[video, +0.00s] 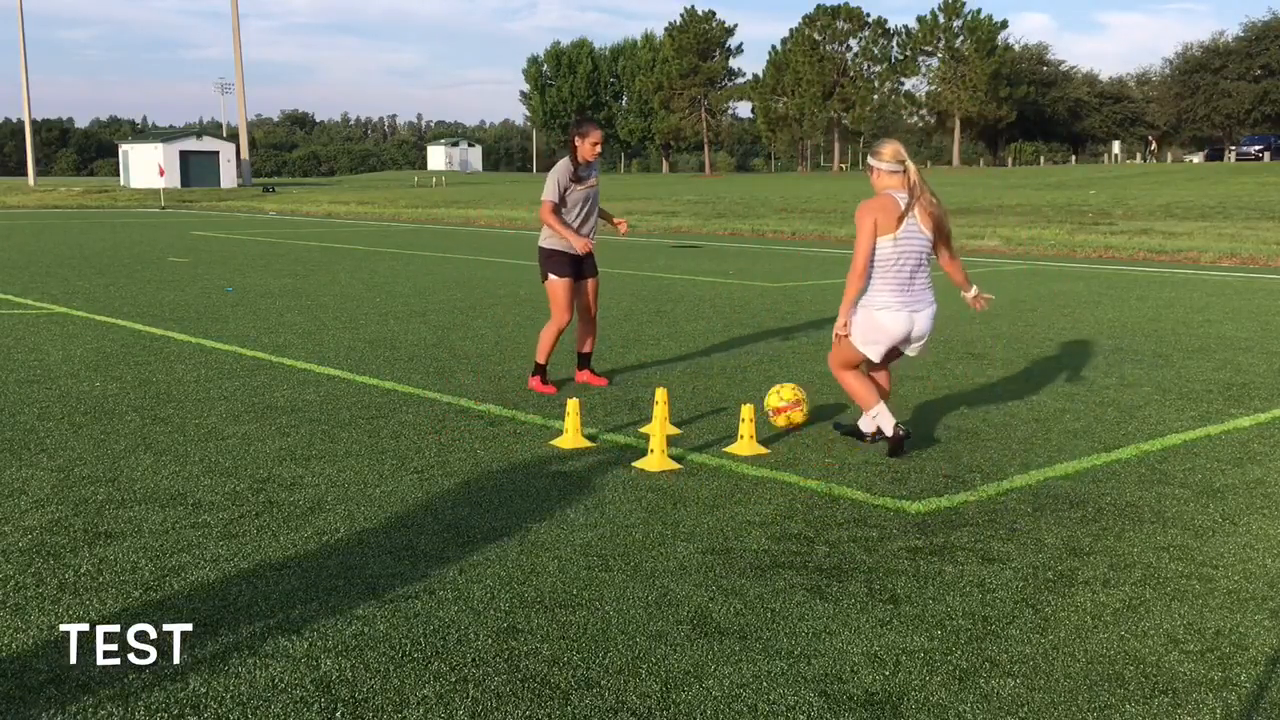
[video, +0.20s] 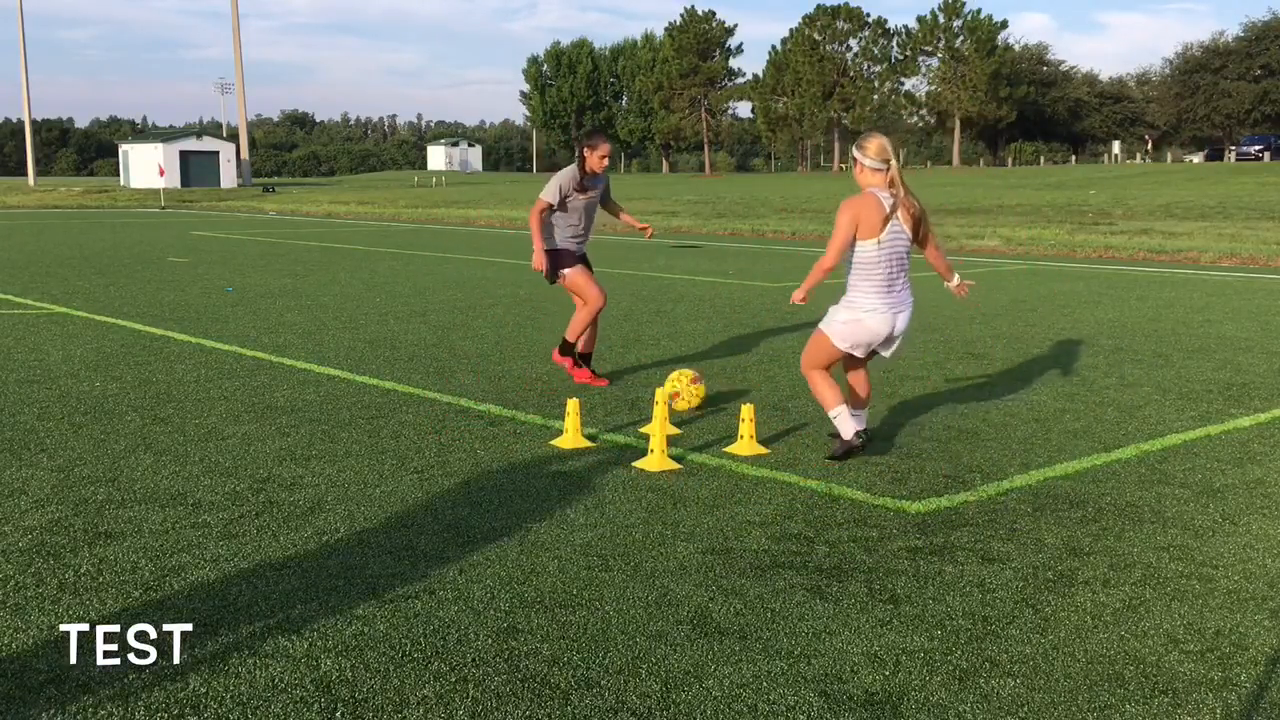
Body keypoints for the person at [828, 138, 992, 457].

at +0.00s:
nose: (870, 178)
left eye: (870, 172)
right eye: (870, 172)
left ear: (875, 172)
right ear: (904, 169)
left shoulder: (871, 208)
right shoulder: (929, 207)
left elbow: (860, 270)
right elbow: (947, 258)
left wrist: (845, 311)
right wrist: (969, 290)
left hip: (883, 315)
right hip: (922, 314)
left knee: (839, 362)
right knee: (878, 361)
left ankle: (890, 428)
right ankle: (867, 427)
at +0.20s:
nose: (852, 168)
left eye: (853, 163)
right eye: (853, 163)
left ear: (860, 165)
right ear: (890, 165)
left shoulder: (855, 206)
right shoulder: (908, 205)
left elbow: (831, 260)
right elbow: (932, 252)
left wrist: (804, 288)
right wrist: (952, 279)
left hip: (862, 313)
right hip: (897, 312)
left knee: (812, 364)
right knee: (855, 361)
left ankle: (848, 435)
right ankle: (858, 429)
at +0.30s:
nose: (849, 154)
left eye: (850, 149)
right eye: (850, 148)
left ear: (857, 149)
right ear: (885, 149)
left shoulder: (847, 181)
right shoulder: (905, 189)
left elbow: (824, 229)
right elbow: (928, 239)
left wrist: (809, 252)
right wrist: (935, 268)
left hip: (858, 297)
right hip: (897, 296)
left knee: (826, 364)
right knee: (868, 359)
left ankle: (853, 441)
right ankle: (859, 430)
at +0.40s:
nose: (842, 147)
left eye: (844, 141)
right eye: (843, 141)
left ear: (852, 141)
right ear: (879, 142)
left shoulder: (844, 170)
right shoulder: (899, 178)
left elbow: (839, 216)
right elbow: (919, 237)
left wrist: (826, 250)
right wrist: (906, 273)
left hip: (860, 290)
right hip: (901, 289)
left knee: (833, 360)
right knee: (868, 354)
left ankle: (849, 444)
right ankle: (893, 436)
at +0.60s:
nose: (825, 165)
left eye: (826, 159)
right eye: (826, 158)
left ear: (834, 161)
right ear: (863, 161)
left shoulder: (829, 197)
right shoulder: (886, 200)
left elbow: (821, 266)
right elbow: (905, 257)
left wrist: (812, 292)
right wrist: (896, 295)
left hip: (861, 311)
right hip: (902, 309)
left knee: (806, 388)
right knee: (884, 382)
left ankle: (830, 469)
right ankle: (922, 461)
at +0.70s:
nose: (810, 155)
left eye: (812, 148)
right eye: (811, 149)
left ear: (822, 148)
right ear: (851, 148)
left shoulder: (813, 184)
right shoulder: (874, 191)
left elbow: (791, 250)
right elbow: (896, 255)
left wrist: (777, 283)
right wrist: (893, 298)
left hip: (844, 301)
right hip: (885, 299)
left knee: (808, 393)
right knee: (870, 384)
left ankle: (836, 491)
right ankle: (904, 462)